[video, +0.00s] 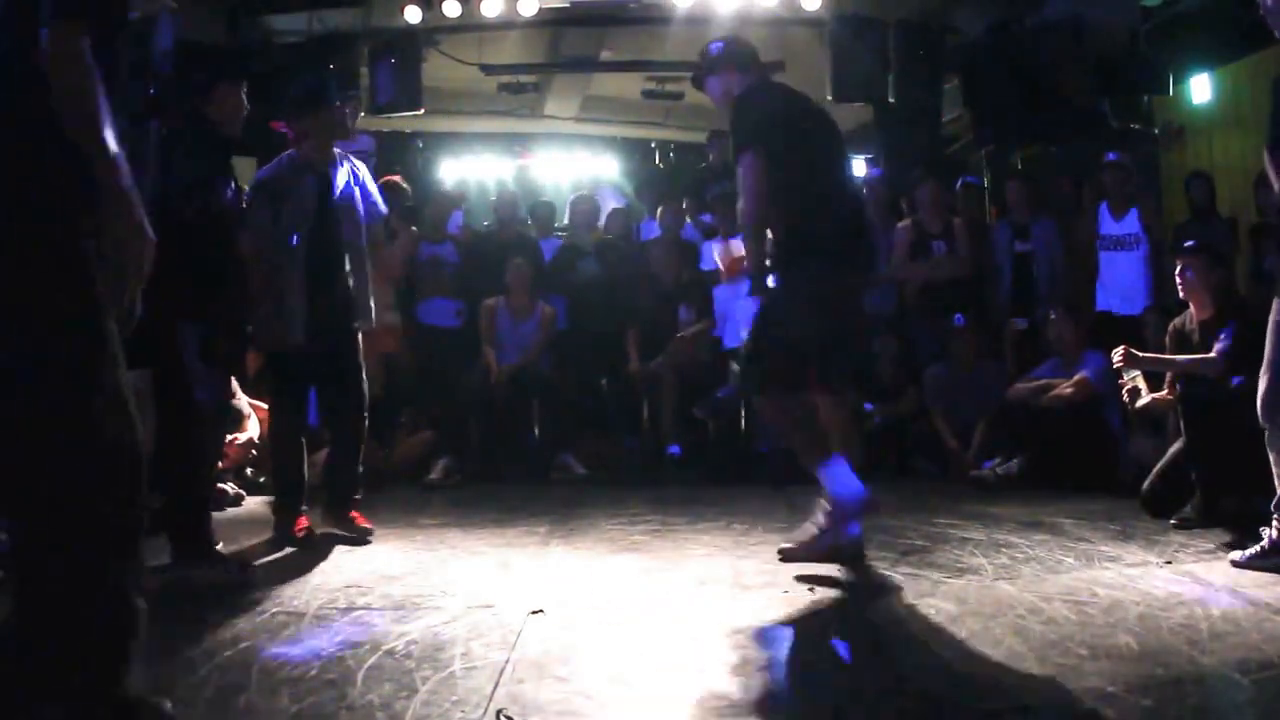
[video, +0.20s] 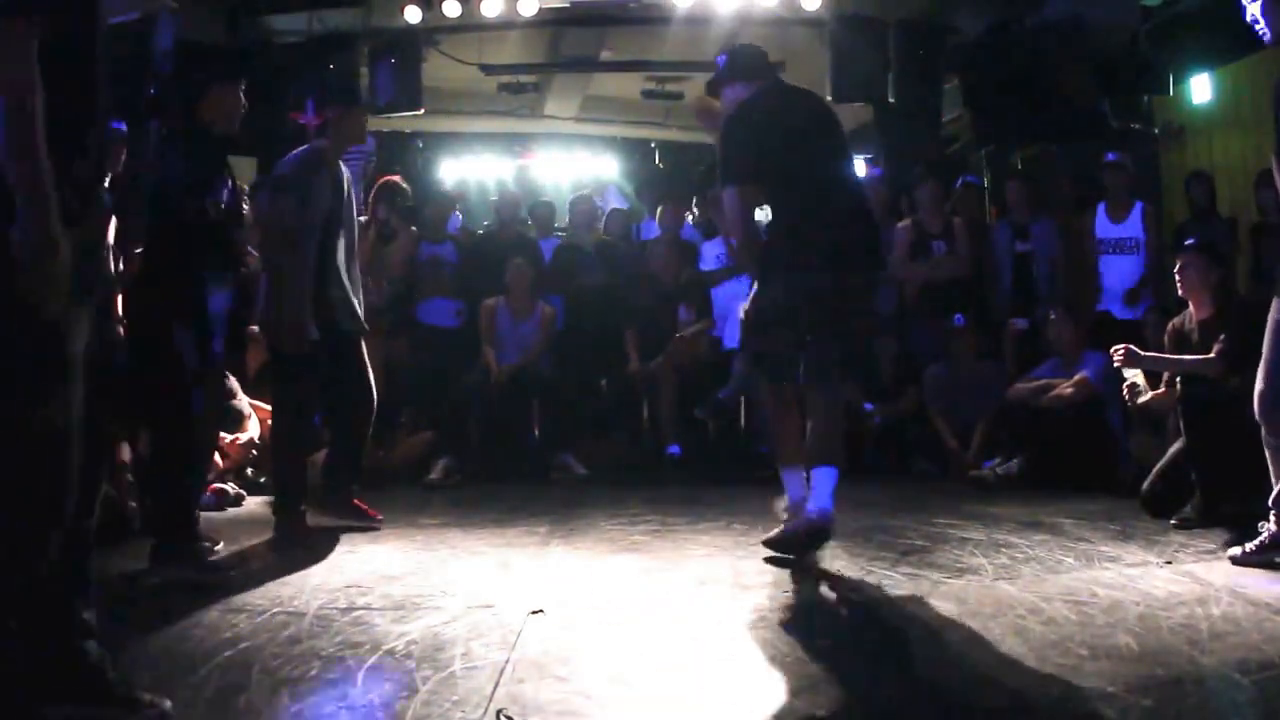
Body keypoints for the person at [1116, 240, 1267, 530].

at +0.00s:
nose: (1179, 276)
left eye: (1188, 269)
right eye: (1177, 269)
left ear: (1212, 274)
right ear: (1174, 275)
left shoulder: (1237, 317)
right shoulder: (1178, 328)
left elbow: (1218, 365)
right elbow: (1176, 394)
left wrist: (1142, 360)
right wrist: (1148, 398)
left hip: (1241, 433)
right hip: (1203, 434)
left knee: (1194, 394)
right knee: (1155, 499)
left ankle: (1206, 502)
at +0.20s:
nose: (1177, 274)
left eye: (1186, 267)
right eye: (1177, 268)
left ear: (1212, 273)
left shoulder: (1238, 315)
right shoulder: (1177, 328)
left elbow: (1218, 364)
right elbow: (1174, 391)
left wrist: (1144, 358)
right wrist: (1147, 397)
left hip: (1243, 432)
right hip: (1204, 434)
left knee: (1195, 392)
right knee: (1155, 499)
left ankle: (1207, 502)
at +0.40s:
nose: (1174, 274)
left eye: (1184, 267)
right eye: (1174, 268)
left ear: (1209, 274)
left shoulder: (1239, 315)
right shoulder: (1178, 328)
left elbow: (1218, 364)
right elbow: (1174, 394)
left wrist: (1144, 359)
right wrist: (1152, 396)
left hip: (1246, 430)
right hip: (1205, 432)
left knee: (1195, 396)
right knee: (1155, 498)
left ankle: (1206, 503)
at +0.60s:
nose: (1171, 278)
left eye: (1181, 271)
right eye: (1171, 270)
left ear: (1207, 277)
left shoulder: (1235, 315)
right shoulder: (1178, 330)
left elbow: (1218, 364)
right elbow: (1177, 397)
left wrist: (1145, 361)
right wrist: (1153, 403)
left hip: (1244, 430)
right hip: (1205, 434)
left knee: (1192, 391)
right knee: (1155, 498)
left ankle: (1208, 502)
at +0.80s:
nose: (1170, 277)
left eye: (1179, 270)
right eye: (1170, 270)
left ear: (1205, 276)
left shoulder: (1231, 316)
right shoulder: (1176, 331)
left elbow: (1218, 365)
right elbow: (1176, 397)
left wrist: (1144, 361)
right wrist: (1151, 403)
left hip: (1242, 428)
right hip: (1203, 433)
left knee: (1192, 389)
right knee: (1155, 498)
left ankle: (1208, 499)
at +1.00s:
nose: (1169, 278)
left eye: (1177, 271)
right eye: (1169, 272)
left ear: (1202, 276)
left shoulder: (1231, 316)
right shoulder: (1176, 331)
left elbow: (1217, 364)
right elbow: (1174, 396)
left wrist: (1142, 361)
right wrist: (1153, 399)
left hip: (1241, 429)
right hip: (1204, 433)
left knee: (1190, 393)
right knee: (1155, 498)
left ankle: (1206, 500)